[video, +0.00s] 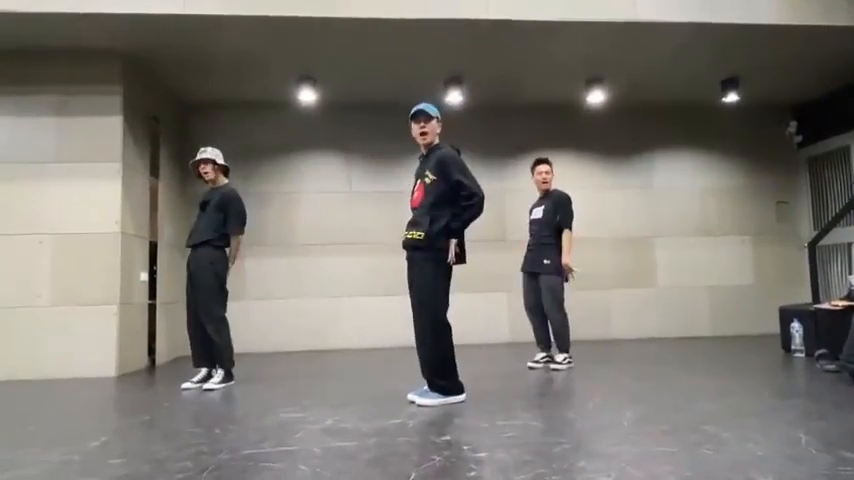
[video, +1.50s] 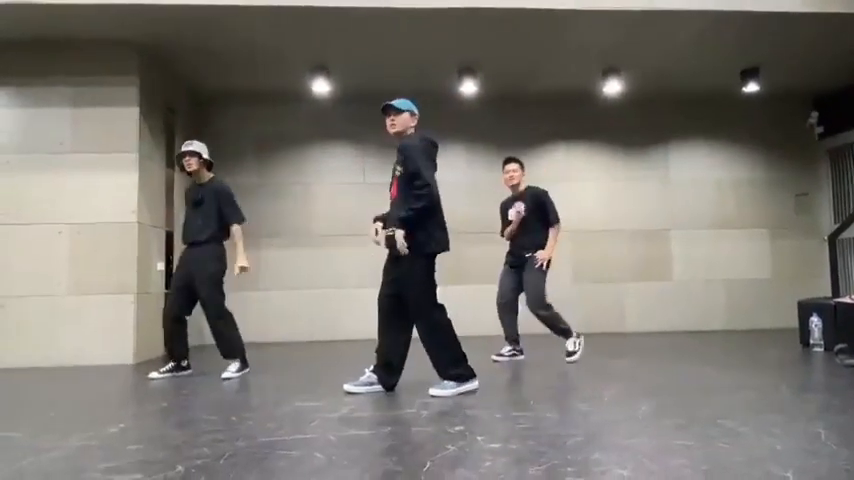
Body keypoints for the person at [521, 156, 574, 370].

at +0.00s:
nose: (544, 176)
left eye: (547, 172)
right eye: (540, 173)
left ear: (553, 175)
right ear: (533, 178)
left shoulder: (561, 198)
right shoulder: (536, 204)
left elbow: (566, 229)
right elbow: (535, 236)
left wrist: (566, 258)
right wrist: (530, 258)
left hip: (551, 263)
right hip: (531, 263)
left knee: (553, 308)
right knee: (533, 308)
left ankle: (564, 353)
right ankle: (544, 351)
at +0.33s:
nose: (549, 174)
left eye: (552, 170)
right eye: (544, 171)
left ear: (558, 173)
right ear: (538, 176)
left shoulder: (567, 196)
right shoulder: (542, 203)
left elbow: (589, 220)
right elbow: (539, 230)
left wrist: (573, 244)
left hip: (556, 259)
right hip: (536, 261)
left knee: (559, 304)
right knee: (534, 304)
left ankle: (568, 353)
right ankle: (547, 350)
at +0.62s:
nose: (549, 172)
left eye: (553, 167)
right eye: (545, 168)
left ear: (559, 170)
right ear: (540, 173)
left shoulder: (570, 195)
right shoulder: (543, 202)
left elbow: (594, 220)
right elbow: (542, 234)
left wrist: (579, 248)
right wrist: (526, 253)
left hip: (562, 258)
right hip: (542, 254)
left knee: (560, 302)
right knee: (511, 268)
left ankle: (571, 350)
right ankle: (543, 298)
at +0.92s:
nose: (543, 170)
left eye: (547, 166)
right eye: (539, 167)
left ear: (553, 170)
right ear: (534, 172)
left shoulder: (566, 195)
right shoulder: (532, 200)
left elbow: (591, 219)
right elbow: (526, 226)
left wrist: (578, 246)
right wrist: (544, 211)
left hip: (561, 254)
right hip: (537, 256)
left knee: (566, 302)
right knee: (531, 303)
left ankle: (575, 349)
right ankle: (518, 347)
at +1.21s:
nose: (536, 168)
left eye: (540, 165)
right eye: (532, 165)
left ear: (547, 169)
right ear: (527, 169)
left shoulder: (559, 194)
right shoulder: (522, 194)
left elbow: (580, 221)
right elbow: (516, 220)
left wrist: (568, 246)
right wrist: (537, 204)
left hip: (554, 255)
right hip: (529, 257)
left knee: (565, 302)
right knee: (519, 301)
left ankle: (577, 347)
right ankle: (516, 346)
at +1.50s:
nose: (511, 175)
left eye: (515, 171)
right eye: (507, 172)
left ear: (523, 174)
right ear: (503, 178)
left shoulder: (539, 196)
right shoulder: (506, 205)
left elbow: (555, 225)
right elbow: (506, 235)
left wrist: (547, 251)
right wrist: (514, 222)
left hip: (536, 255)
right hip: (514, 257)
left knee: (536, 303)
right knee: (505, 301)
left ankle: (571, 337)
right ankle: (513, 346)